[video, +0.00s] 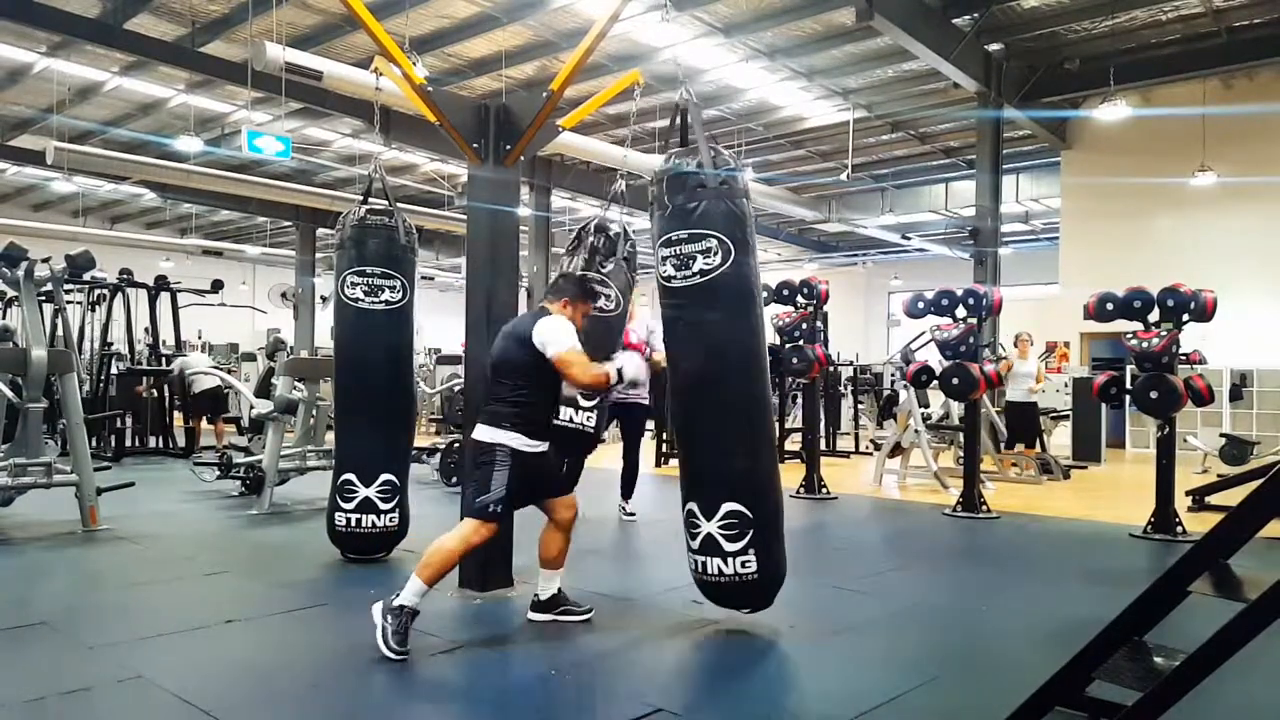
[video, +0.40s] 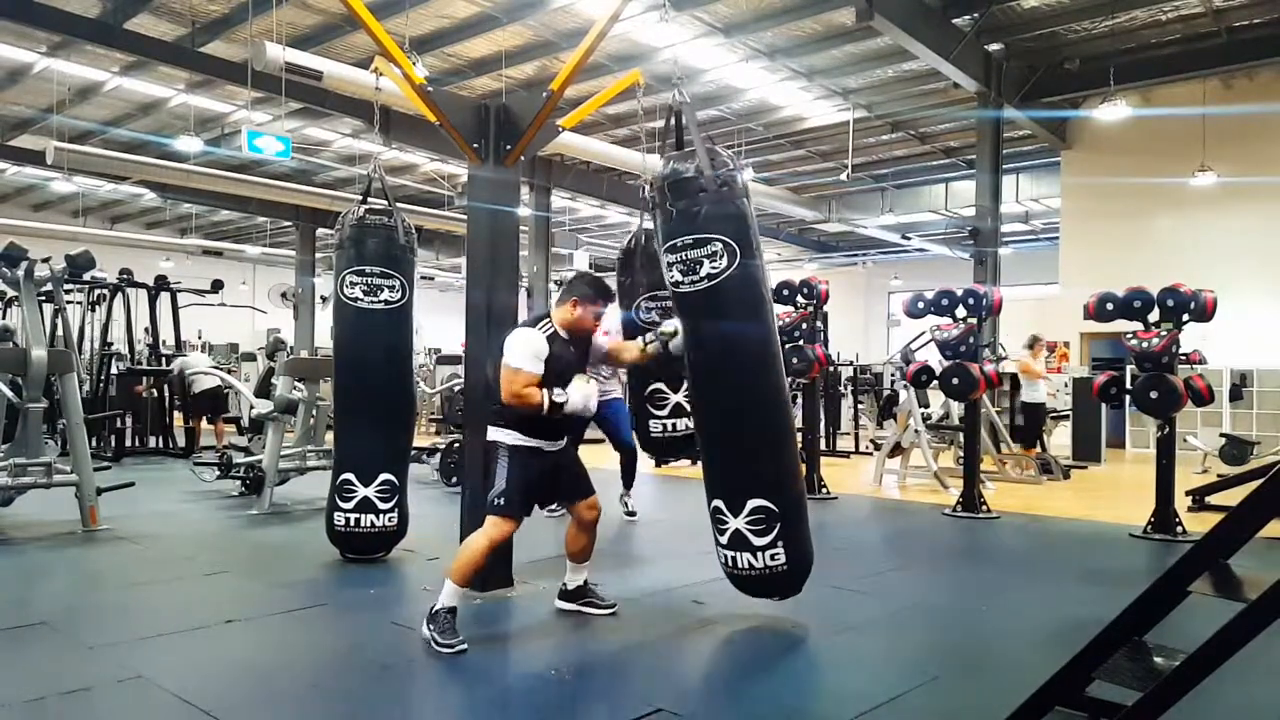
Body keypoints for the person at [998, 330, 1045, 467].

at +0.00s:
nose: (1024, 343)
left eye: (1027, 341)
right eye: (1021, 341)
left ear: (1031, 344)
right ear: (1016, 343)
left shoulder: (1035, 362)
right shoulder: (1010, 359)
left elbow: (1041, 381)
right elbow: (1000, 373)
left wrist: (1036, 387)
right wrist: (1005, 365)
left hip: (1030, 401)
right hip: (1013, 400)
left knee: (1032, 437)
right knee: (1012, 436)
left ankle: (1028, 468)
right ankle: (1006, 468)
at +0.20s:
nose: (1031, 345)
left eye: (1033, 342)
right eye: (1028, 342)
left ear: (1037, 344)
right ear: (1022, 345)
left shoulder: (1038, 362)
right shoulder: (1017, 361)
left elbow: (1042, 379)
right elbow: (1015, 373)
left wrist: (1043, 381)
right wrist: (1023, 360)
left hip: (1036, 398)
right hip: (1020, 399)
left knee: (1033, 437)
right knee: (1017, 437)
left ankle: (1028, 468)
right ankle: (1008, 467)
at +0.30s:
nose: (1036, 347)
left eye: (1038, 344)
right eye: (1033, 343)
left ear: (1039, 345)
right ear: (1027, 344)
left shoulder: (1035, 360)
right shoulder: (1020, 361)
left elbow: (1036, 382)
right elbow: (1034, 372)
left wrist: (1046, 390)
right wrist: (1035, 358)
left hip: (1038, 400)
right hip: (1025, 401)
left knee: (1033, 437)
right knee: (1021, 436)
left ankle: (1029, 468)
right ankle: (1010, 467)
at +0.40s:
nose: (1042, 349)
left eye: (1044, 346)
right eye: (1040, 345)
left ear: (1043, 347)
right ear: (1032, 345)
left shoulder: (1039, 360)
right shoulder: (1024, 361)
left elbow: (1038, 382)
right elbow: (1039, 373)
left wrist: (1048, 391)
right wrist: (1041, 358)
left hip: (1040, 400)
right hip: (1030, 401)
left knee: (1035, 434)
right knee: (1031, 435)